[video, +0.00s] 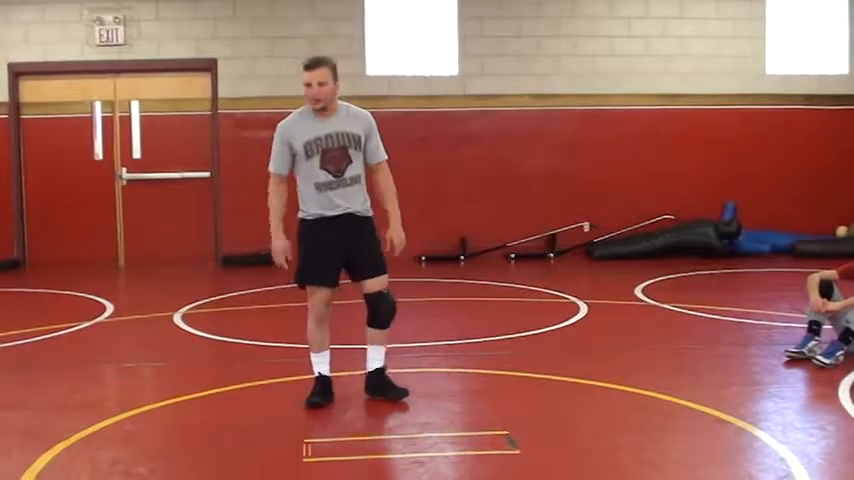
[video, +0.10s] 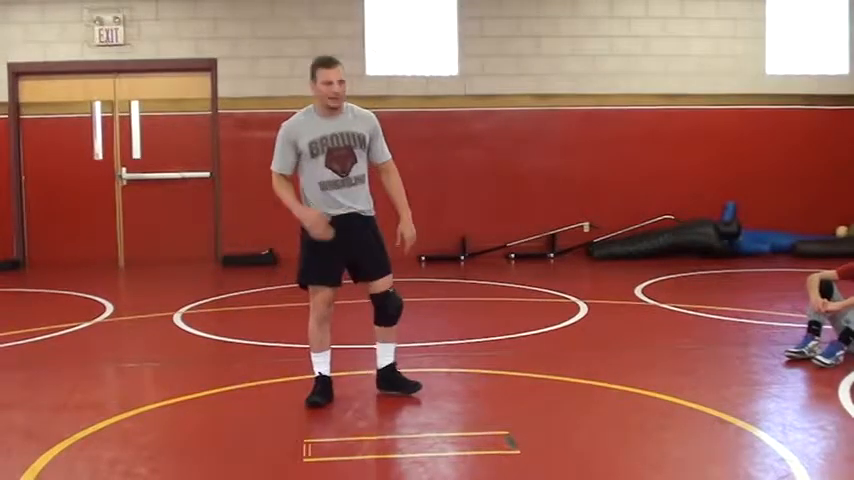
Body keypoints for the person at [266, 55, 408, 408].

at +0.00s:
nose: (314, 91)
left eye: (321, 84)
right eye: (308, 85)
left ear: (337, 86)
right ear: (303, 88)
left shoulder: (362, 120)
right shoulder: (288, 129)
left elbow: (381, 171)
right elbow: (277, 182)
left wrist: (394, 222)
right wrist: (277, 234)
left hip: (359, 223)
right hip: (316, 226)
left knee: (381, 302)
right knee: (319, 304)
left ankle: (376, 376)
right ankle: (322, 381)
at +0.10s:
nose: (335, 89)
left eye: (340, 82)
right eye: (327, 83)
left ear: (347, 84)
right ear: (313, 87)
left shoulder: (367, 121)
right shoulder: (293, 129)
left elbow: (387, 170)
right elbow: (279, 179)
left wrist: (406, 216)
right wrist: (303, 213)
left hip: (362, 222)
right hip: (321, 225)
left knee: (387, 300)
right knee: (321, 304)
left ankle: (387, 372)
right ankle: (322, 380)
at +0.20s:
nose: (352, 89)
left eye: (354, 83)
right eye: (344, 83)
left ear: (357, 85)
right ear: (325, 86)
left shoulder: (372, 122)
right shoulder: (301, 129)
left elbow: (392, 170)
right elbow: (284, 179)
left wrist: (410, 215)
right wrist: (323, 186)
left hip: (367, 223)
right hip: (326, 227)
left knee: (389, 300)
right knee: (324, 306)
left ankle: (391, 371)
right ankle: (323, 381)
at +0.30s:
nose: (368, 89)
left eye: (369, 83)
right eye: (361, 84)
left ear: (366, 86)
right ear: (339, 86)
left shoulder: (380, 122)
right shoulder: (313, 128)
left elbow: (396, 171)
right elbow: (296, 178)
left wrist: (412, 215)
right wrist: (344, 172)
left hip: (375, 222)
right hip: (335, 225)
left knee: (392, 297)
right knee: (330, 305)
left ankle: (392, 371)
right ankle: (324, 379)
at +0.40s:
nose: (385, 89)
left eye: (386, 83)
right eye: (379, 84)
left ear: (372, 87)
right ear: (357, 86)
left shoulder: (389, 123)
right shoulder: (328, 125)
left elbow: (400, 172)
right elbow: (310, 177)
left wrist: (414, 214)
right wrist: (359, 170)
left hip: (383, 221)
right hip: (345, 224)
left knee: (396, 299)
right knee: (336, 303)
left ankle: (392, 371)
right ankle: (325, 379)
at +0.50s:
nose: (401, 92)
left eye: (401, 86)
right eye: (396, 86)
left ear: (388, 88)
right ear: (374, 87)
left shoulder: (399, 125)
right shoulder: (342, 124)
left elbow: (408, 173)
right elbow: (322, 175)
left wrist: (420, 214)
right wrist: (369, 170)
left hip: (391, 222)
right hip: (353, 224)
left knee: (398, 298)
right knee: (344, 302)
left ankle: (392, 372)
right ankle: (326, 379)